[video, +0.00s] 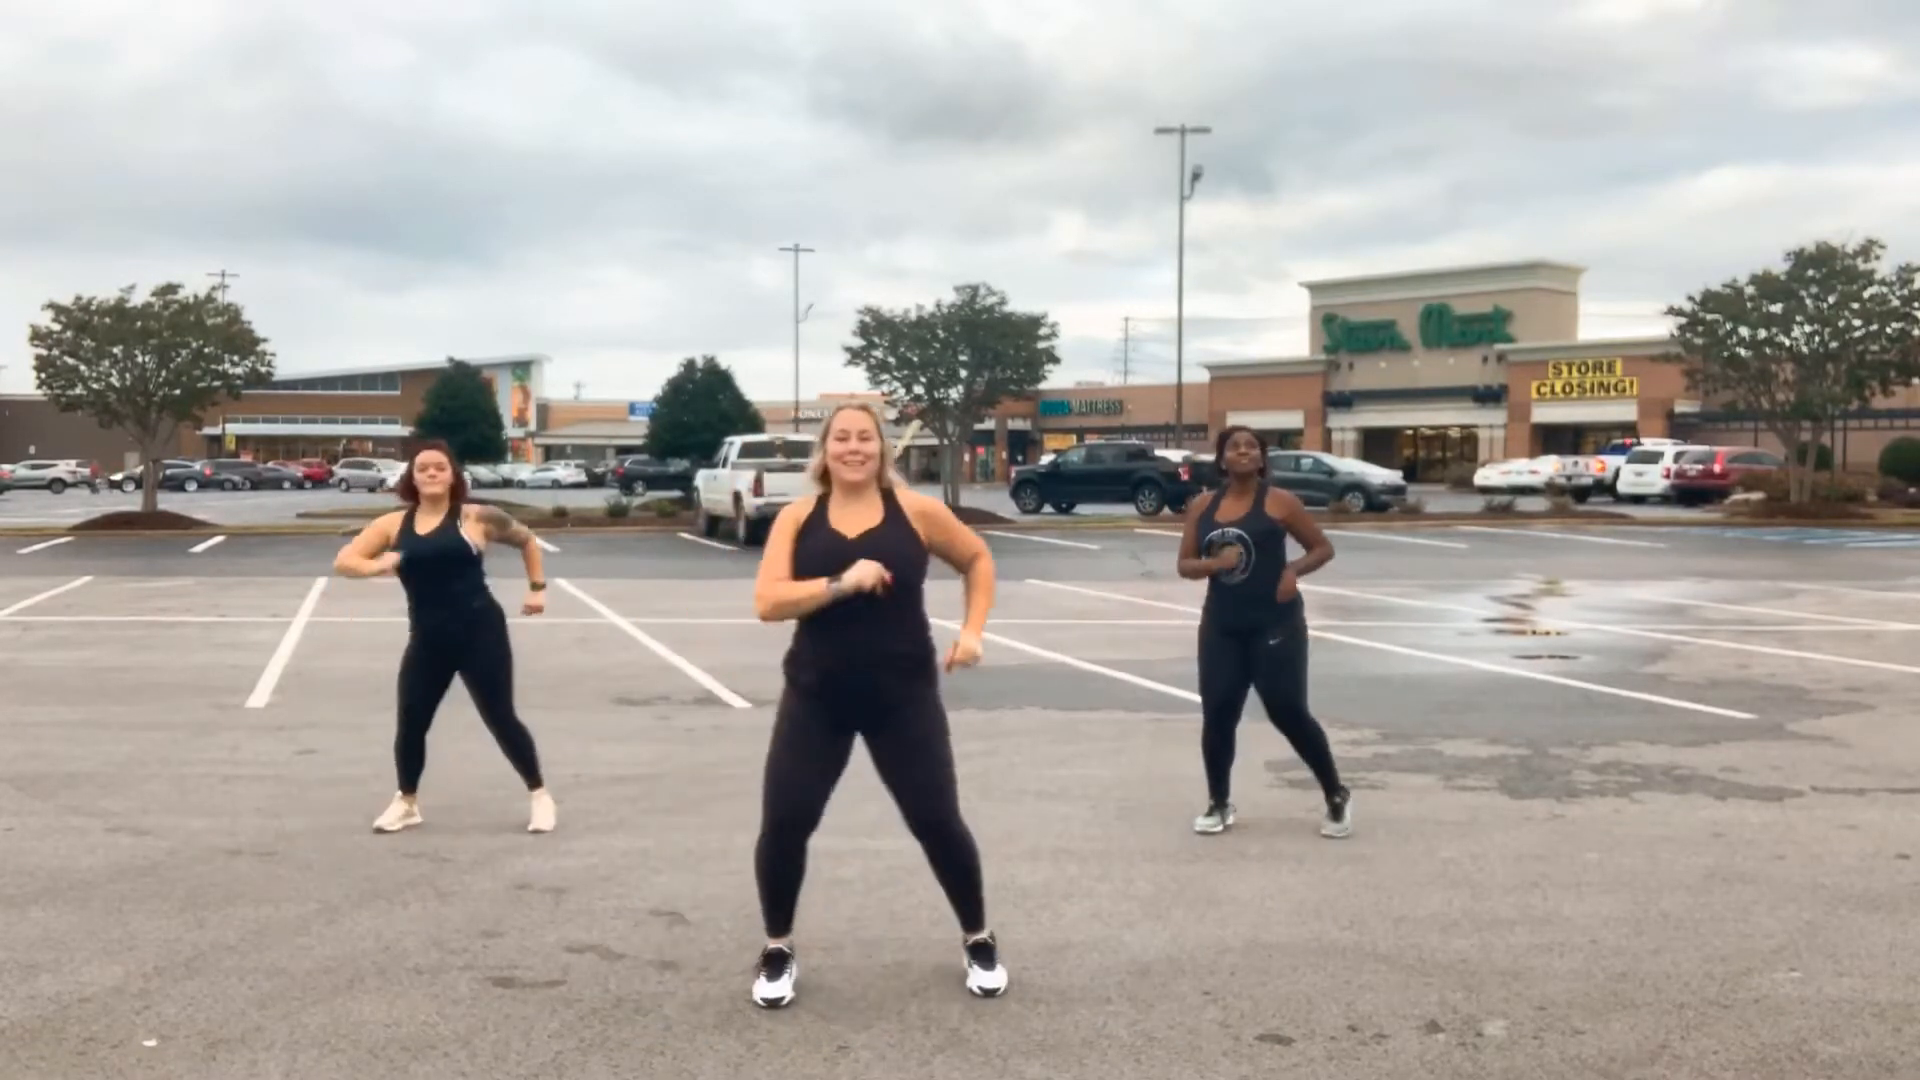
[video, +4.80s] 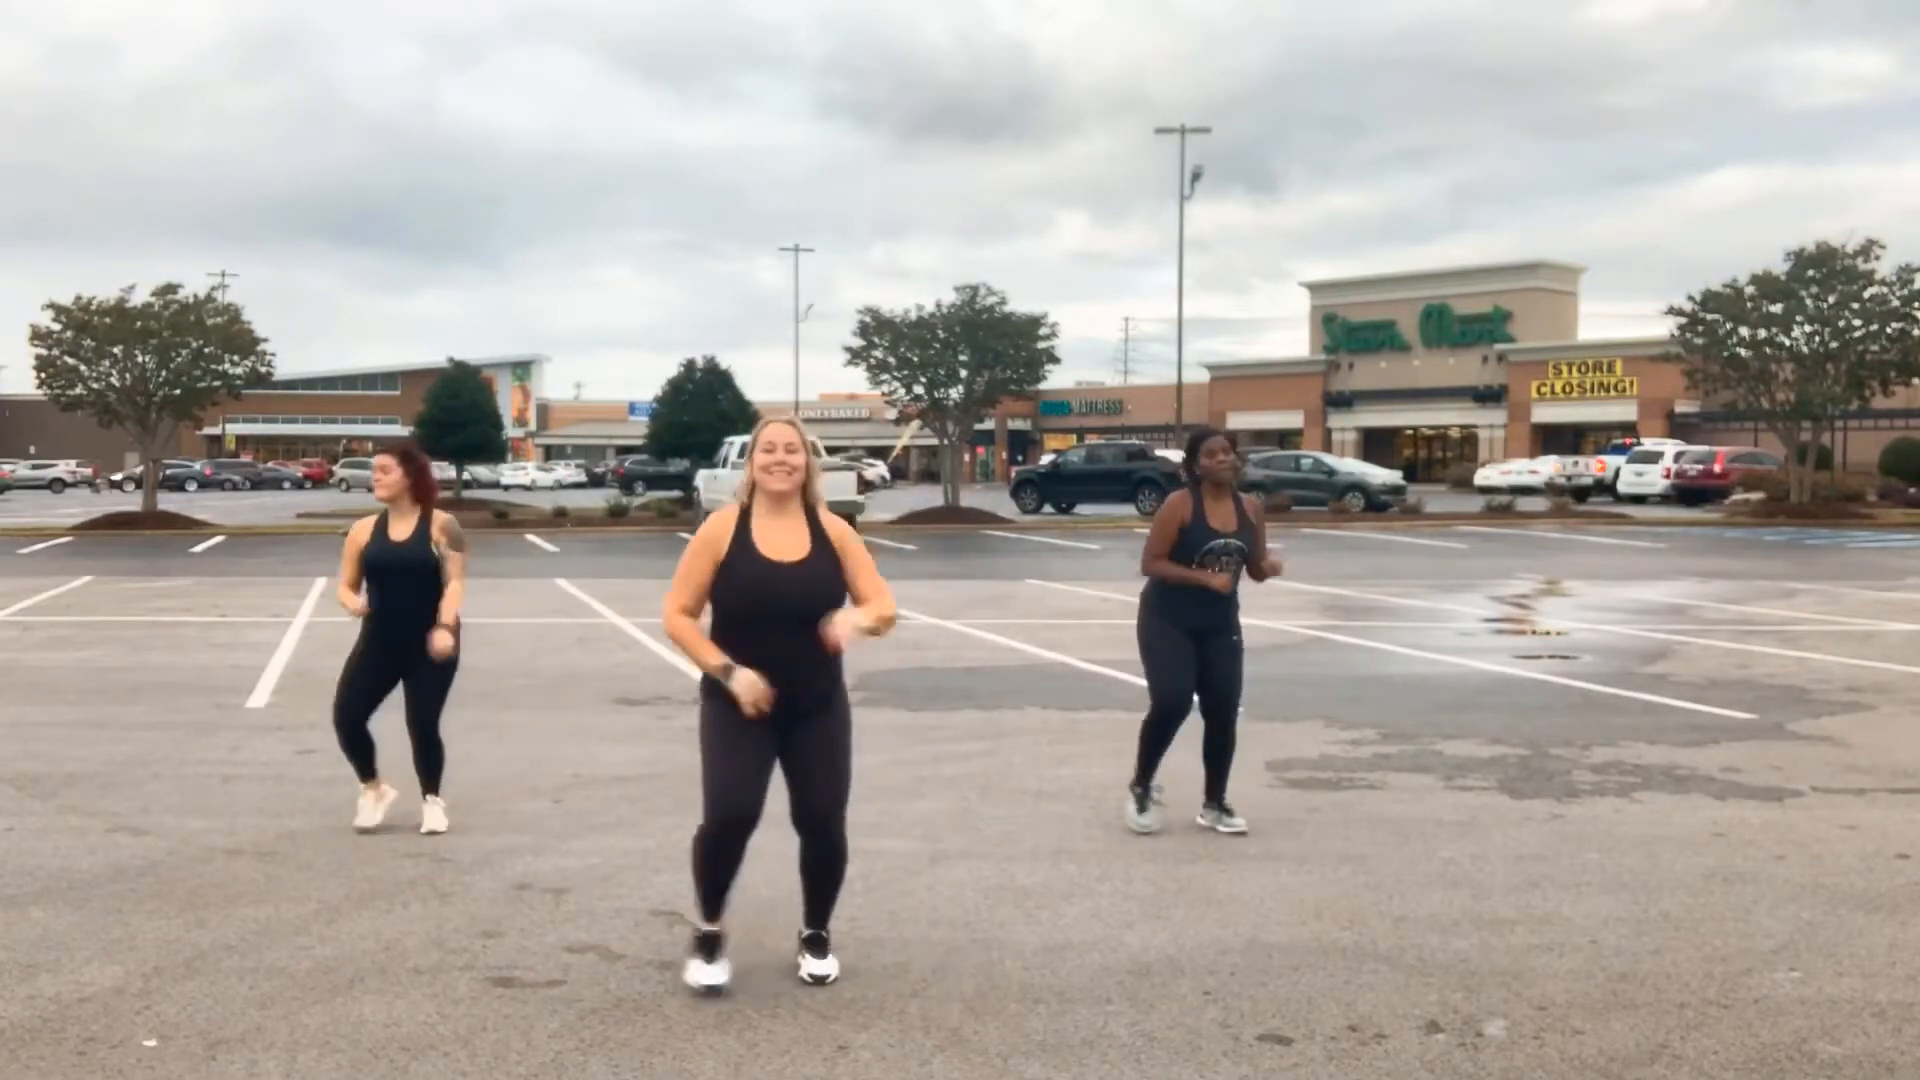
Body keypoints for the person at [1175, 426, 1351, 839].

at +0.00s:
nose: (1243, 454)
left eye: (1250, 447)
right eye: (1235, 448)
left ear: (1262, 457)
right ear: (1222, 459)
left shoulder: (1280, 502)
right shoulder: (1203, 505)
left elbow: (1322, 548)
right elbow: (1184, 565)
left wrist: (1292, 570)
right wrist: (1214, 564)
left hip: (1276, 626)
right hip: (1221, 628)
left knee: (1287, 713)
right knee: (1217, 716)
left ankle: (1336, 797)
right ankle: (1218, 804)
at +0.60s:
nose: (1242, 459)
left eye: (1248, 452)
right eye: (1233, 452)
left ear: (1258, 458)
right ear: (1218, 458)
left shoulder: (1268, 498)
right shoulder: (1198, 497)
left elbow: (1281, 564)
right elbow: (1168, 554)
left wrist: (1278, 540)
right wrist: (1209, 519)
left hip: (1256, 619)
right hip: (1203, 621)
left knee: (1281, 707)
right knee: (1207, 713)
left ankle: (1291, 794)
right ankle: (1195, 802)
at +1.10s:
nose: (1219, 475)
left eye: (1227, 466)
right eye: (1211, 467)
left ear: (1241, 468)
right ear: (1198, 469)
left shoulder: (1257, 501)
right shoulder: (1185, 500)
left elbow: (1281, 563)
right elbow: (1175, 558)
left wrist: (1265, 542)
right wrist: (1203, 510)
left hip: (1238, 621)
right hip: (1183, 618)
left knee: (1251, 710)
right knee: (1179, 698)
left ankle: (1241, 806)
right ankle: (1140, 788)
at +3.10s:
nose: (1190, 477)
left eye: (1199, 469)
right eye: (1183, 469)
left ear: (1217, 467)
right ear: (1176, 467)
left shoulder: (1234, 499)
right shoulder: (1162, 499)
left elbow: (1264, 556)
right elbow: (1138, 559)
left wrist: (1273, 536)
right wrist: (1158, 511)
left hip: (1220, 620)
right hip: (1164, 620)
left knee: (1233, 717)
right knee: (1152, 711)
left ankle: (1242, 803)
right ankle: (1124, 799)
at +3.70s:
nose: (1220, 479)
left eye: (1227, 472)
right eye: (1213, 471)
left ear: (1235, 473)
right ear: (1192, 469)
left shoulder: (1245, 502)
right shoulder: (1168, 501)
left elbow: (1266, 548)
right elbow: (1142, 561)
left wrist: (1242, 500)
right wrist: (1175, 524)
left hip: (1239, 618)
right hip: (1183, 620)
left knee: (1266, 707)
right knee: (1178, 711)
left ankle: (1289, 794)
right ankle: (1171, 803)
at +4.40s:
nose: (1222, 466)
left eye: (1229, 459)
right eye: (1214, 458)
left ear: (1236, 464)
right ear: (1193, 459)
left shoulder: (1242, 501)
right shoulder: (1170, 502)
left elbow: (1255, 557)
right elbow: (1168, 562)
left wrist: (1266, 541)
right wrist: (1212, 532)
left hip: (1235, 619)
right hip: (1181, 622)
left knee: (1253, 705)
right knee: (1188, 710)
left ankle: (1250, 794)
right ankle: (1179, 803)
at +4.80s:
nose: (1223, 459)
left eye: (1227, 452)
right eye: (1213, 455)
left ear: (1237, 458)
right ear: (1196, 465)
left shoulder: (1248, 507)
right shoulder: (1179, 503)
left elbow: (1256, 571)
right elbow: (1150, 563)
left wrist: (1269, 567)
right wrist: (1203, 577)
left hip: (1220, 623)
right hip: (1167, 619)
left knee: (1222, 712)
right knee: (1173, 702)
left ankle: (1214, 804)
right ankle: (1140, 790)